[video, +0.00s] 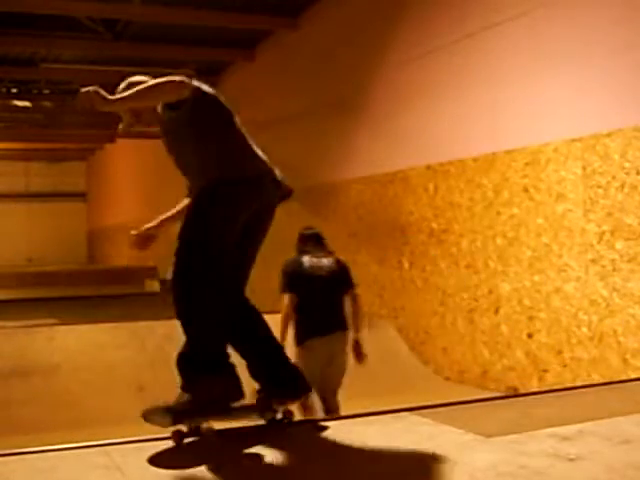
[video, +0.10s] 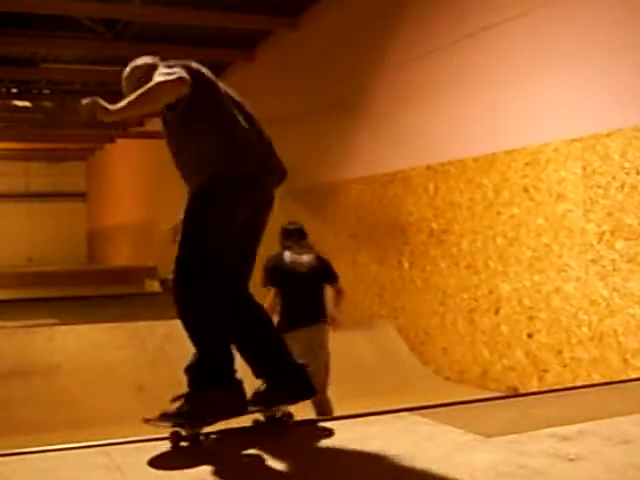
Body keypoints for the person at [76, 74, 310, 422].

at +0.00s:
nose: (130, 124)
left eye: (128, 114)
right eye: (126, 119)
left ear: (140, 96)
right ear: (148, 104)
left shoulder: (185, 96)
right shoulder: (181, 126)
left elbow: (179, 85)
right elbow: (202, 191)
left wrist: (114, 102)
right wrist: (157, 225)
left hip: (226, 193)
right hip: (254, 193)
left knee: (191, 287)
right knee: (225, 293)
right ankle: (283, 383)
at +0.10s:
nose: (139, 99)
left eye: (137, 92)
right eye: (136, 97)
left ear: (147, 75)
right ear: (155, 73)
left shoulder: (172, 69)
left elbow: (172, 87)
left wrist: (117, 112)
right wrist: (186, 221)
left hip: (224, 187)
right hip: (251, 186)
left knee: (194, 287)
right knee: (229, 289)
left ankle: (215, 390)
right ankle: (287, 379)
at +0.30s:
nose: (140, 69)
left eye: (139, 58)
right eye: (137, 61)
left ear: (148, 38)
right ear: (170, 28)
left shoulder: (165, 39)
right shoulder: (221, 52)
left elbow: (171, 79)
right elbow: (274, 107)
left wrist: (126, 126)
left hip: (207, 180)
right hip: (247, 177)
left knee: (183, 281)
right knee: (235, 278)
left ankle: (209, 396)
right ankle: (284, 382)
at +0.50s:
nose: (137, 36)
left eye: (137, 24)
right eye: (136, 28)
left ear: (150, 8)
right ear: (181, 5)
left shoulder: (163, 22)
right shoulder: (225, 31)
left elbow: (165, 70)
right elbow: (281, 89)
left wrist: (125, 121)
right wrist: (287, 136)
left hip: (195, 175)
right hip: (242, 173)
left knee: (180, 283)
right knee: (241, 278)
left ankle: (208, 398)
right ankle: (283, 383)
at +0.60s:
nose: (134, 26)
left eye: (134, 17)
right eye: (134, 20)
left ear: (146, 4)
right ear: (179, 1)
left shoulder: (164, 17)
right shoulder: (224, 26)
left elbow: (166, 70)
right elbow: (277, 86)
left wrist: (123, 120)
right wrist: (280, 130)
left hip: (195, 174)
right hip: (241, 172)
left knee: (180, 284)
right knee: (239, 279)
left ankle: (206, 399)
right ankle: (281, 384)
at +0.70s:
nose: (134, 27)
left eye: (135, 18)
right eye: (133, 22)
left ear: (148, 4)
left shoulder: (165, 11)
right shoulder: (220, 22)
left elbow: (171, 54)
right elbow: (274, 80)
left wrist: (124, 103)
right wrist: (250, 126)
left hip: (196, 164)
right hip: (243, 160)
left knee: (179, 277)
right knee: (241, 270)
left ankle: (196, 396)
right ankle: (275, 383)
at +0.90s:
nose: (139, 46)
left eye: (137, 36)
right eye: (135, 40)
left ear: (144, 17)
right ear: (169, 11)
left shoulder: (166, 20)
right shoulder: (214, 37)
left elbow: (173, 58)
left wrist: (125, 111)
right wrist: (131, 125)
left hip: (202, 166)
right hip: (246, 162)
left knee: (175, 280)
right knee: (235, 276)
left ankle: (184, 400)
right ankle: (279, 388)